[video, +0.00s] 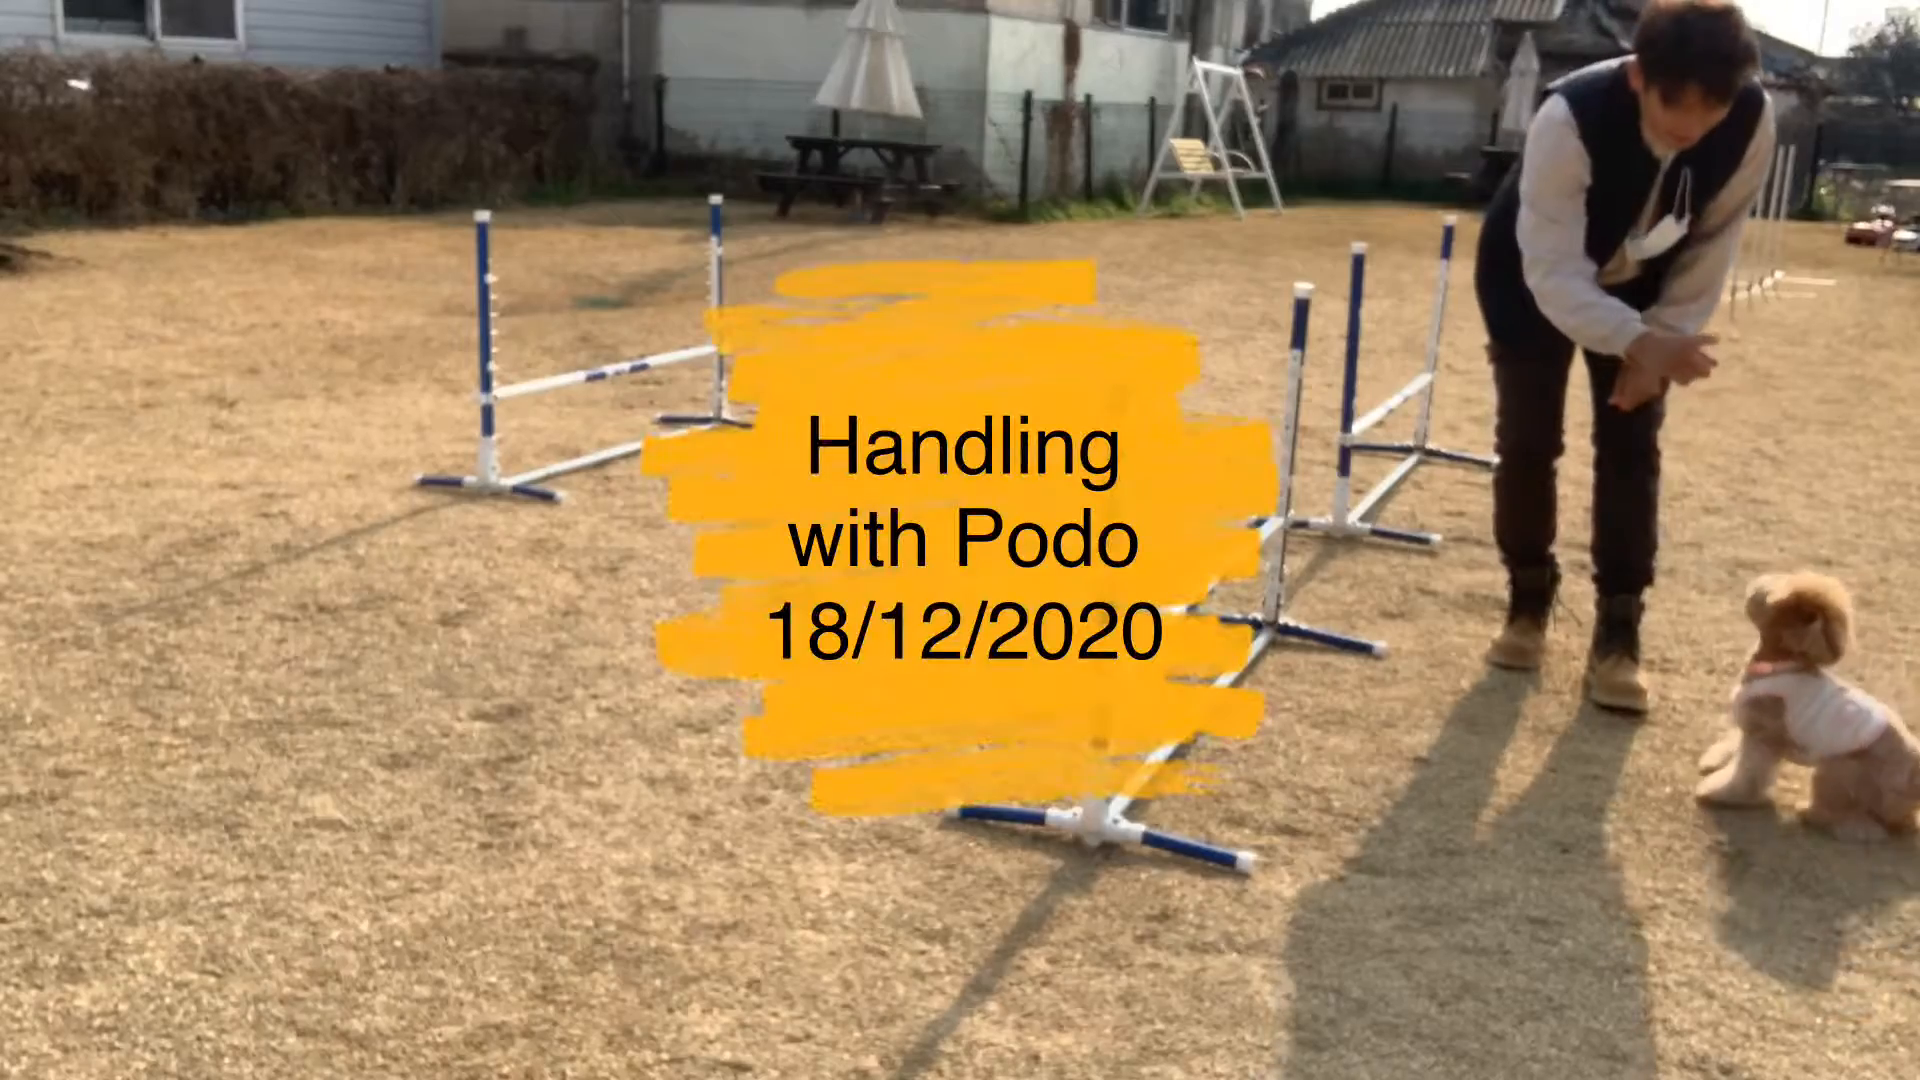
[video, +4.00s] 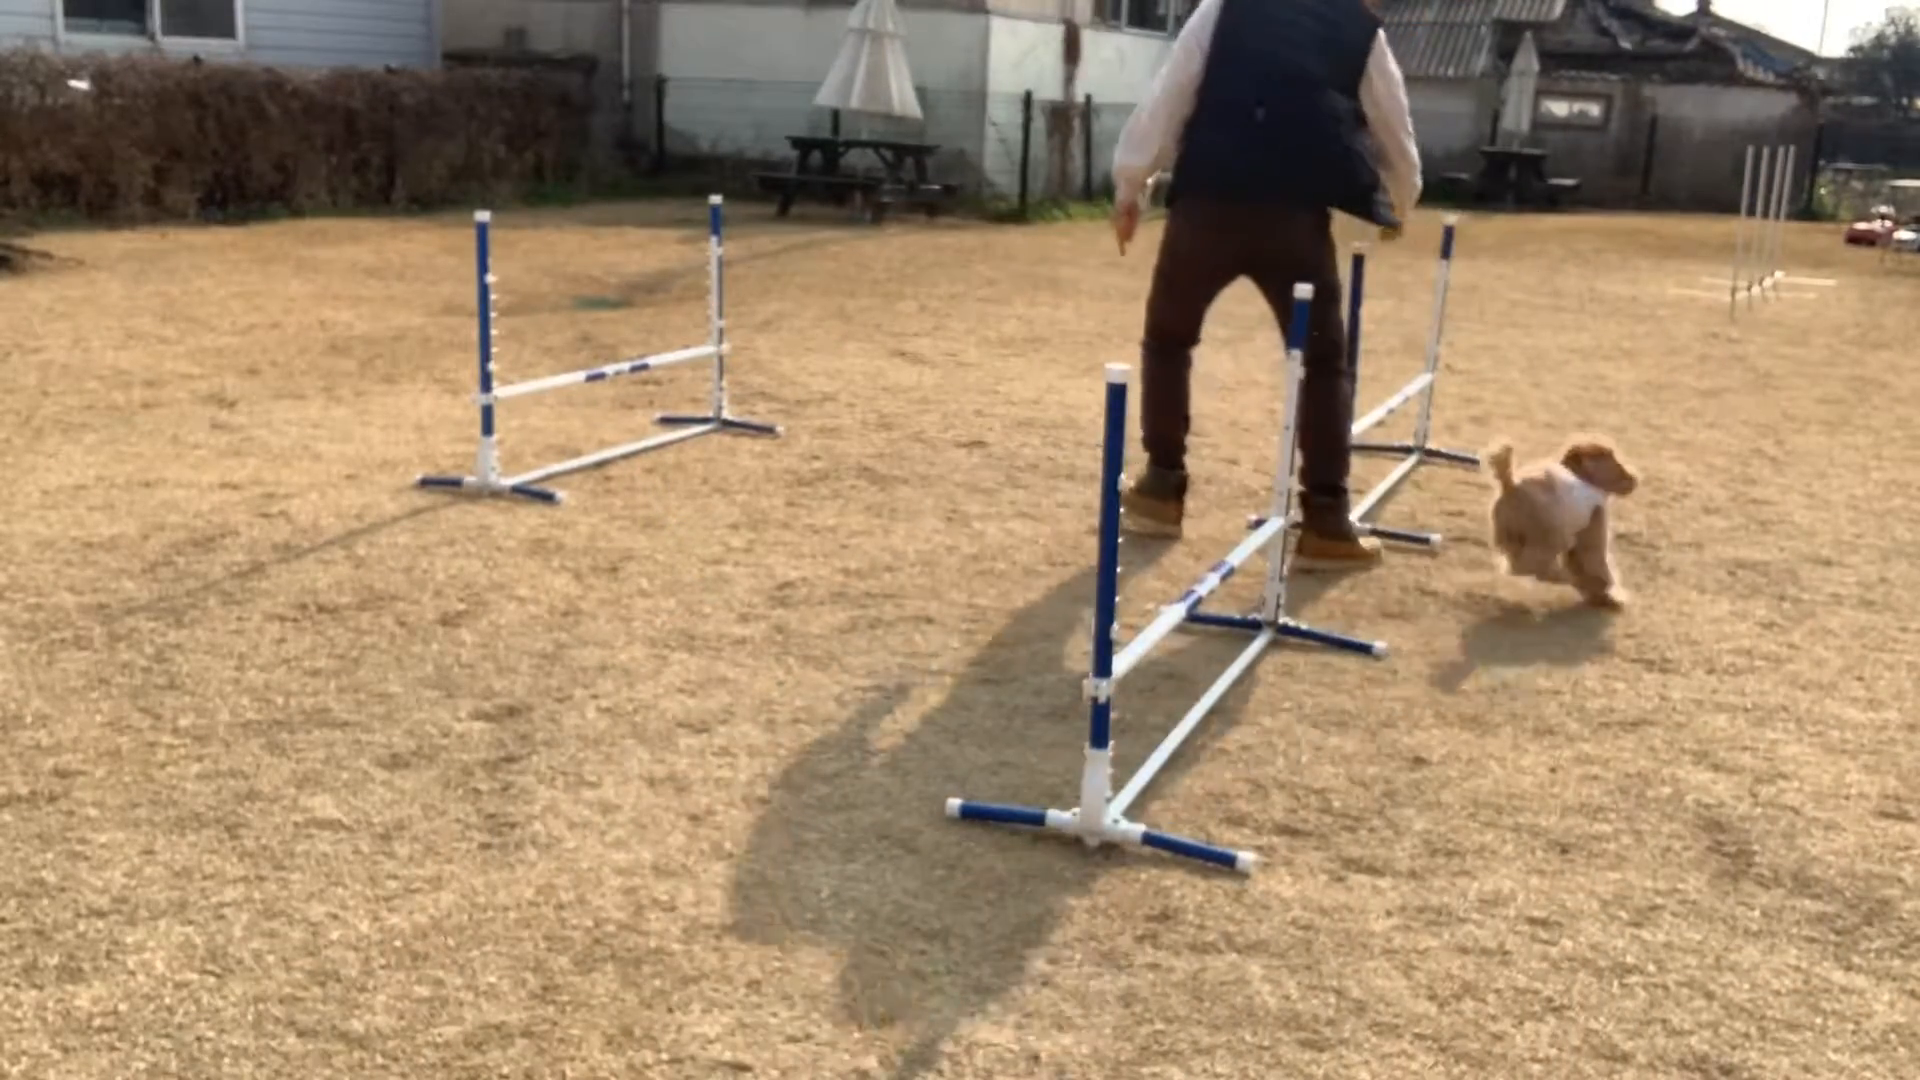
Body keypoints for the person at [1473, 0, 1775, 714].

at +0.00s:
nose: (1687, 136)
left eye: (1708, 122)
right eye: (1674, 118)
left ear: (1732, 97)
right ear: (1639, 79)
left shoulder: (1750, 122)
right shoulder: (1568, 119)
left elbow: (1714, 246)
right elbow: (1550, 270)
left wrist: (1659, 349)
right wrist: (1641, 340)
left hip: (1640, 288)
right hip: (1536, 278)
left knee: (1630, 450)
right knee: (1527, 443)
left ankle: (1618, 639)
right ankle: (1525, 608)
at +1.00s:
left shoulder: (1715, 11)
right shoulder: (1524, 6)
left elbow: (1732, 121)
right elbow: (1480, 114)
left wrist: (1677, 205)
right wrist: (1551, 166)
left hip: (1638, 255)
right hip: (1534, 247)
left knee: (1610, 438)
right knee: (1522, 433)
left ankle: (1579, 603)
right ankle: (1526, 604)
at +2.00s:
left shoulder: (1459, 14)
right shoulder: (1371, 17)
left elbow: (1483, 129)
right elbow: (1365, 126)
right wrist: (1329, 201)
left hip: (1451, 236)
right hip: (1388, 239)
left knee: (1444, 403)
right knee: (1355, 390)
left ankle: (1535, 576)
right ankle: (1384, 555)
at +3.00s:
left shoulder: (1130, 27)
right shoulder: (999, 36)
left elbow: (1152, 138)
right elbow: (950, 139)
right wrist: (908, 240)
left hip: (1124, 222)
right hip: (1040, 221)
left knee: (1110, 356)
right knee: (997, 342)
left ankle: (1068, 479)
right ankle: (989, 476)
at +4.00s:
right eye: (1380, 12)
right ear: (1359, 1)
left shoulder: (1223, 9)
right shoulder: (1362, 28)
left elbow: (1168, 95)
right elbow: (1395, 132)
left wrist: (1129, 187)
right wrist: (1399, 202)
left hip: (1207, 211)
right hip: (1295, 218)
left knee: (1168, 340)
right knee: (1324, 364)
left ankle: (1162, 486)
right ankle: (1327, 522)